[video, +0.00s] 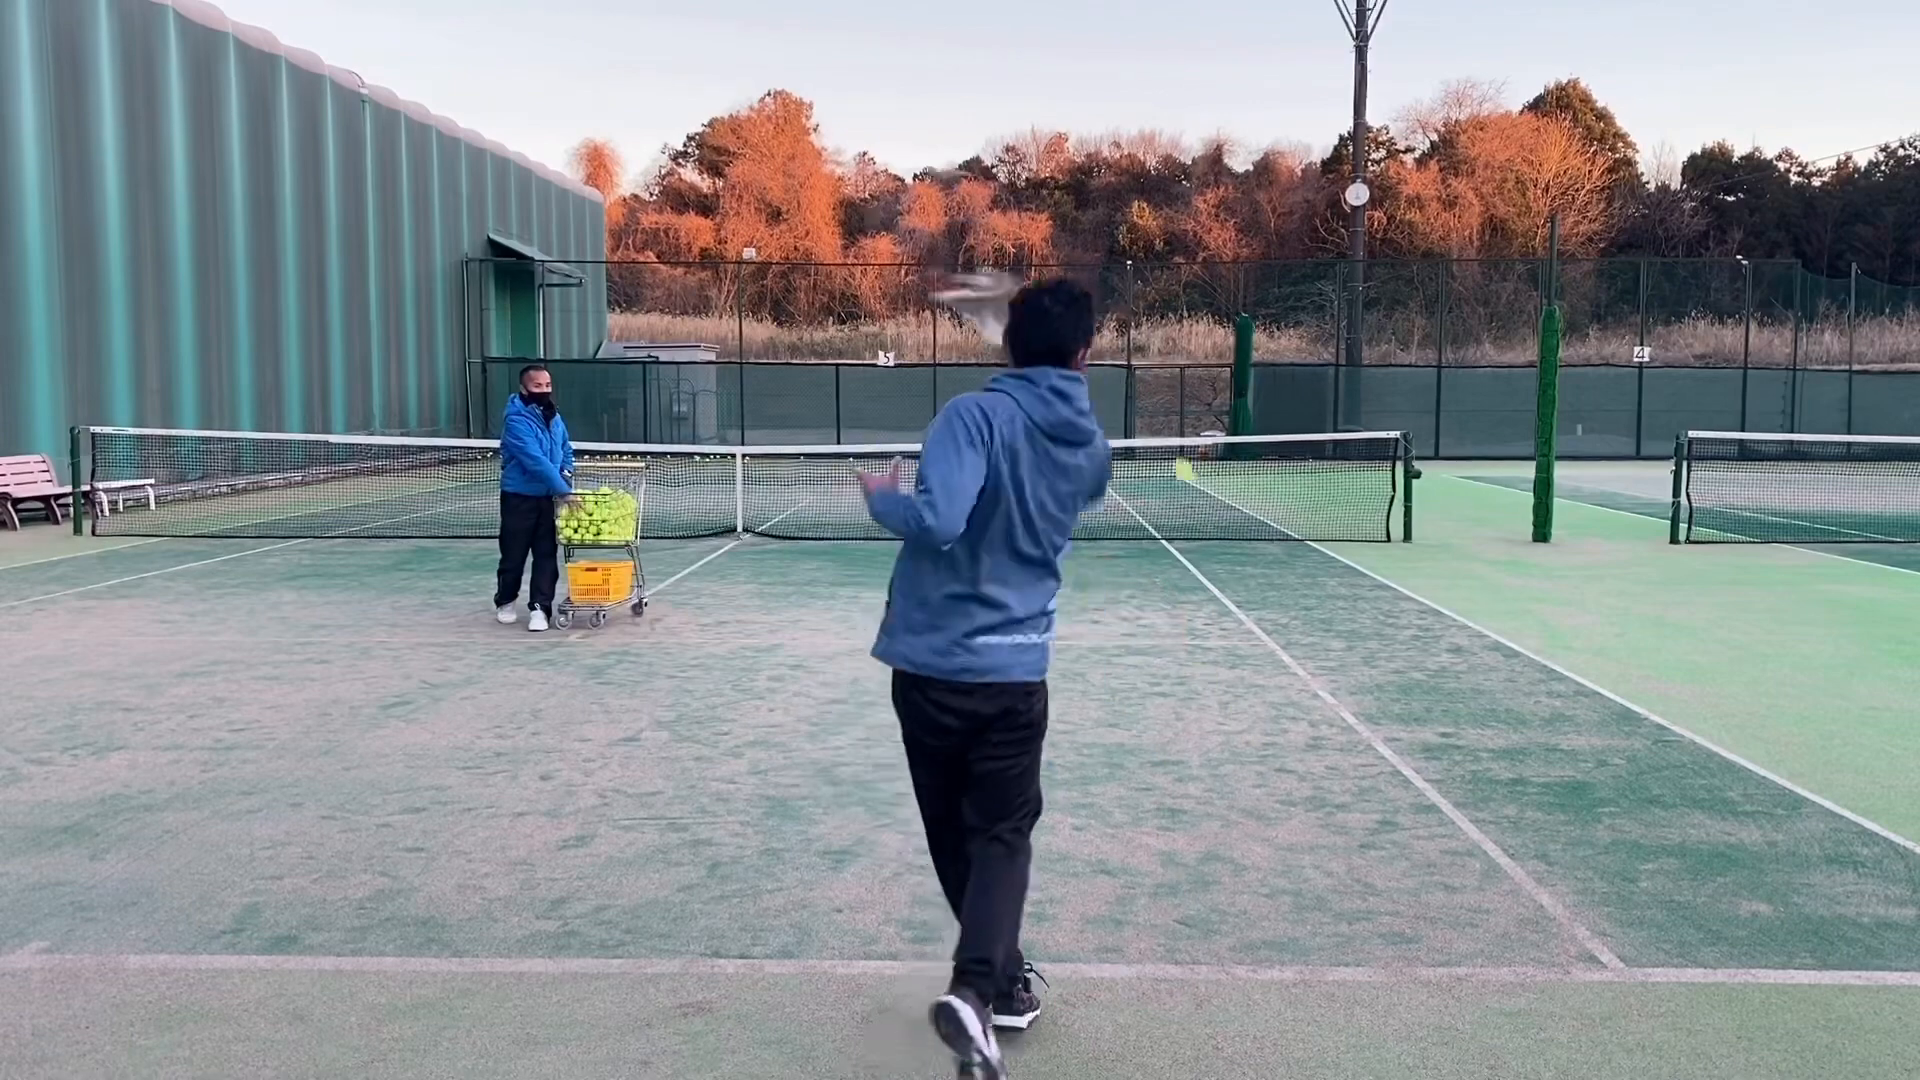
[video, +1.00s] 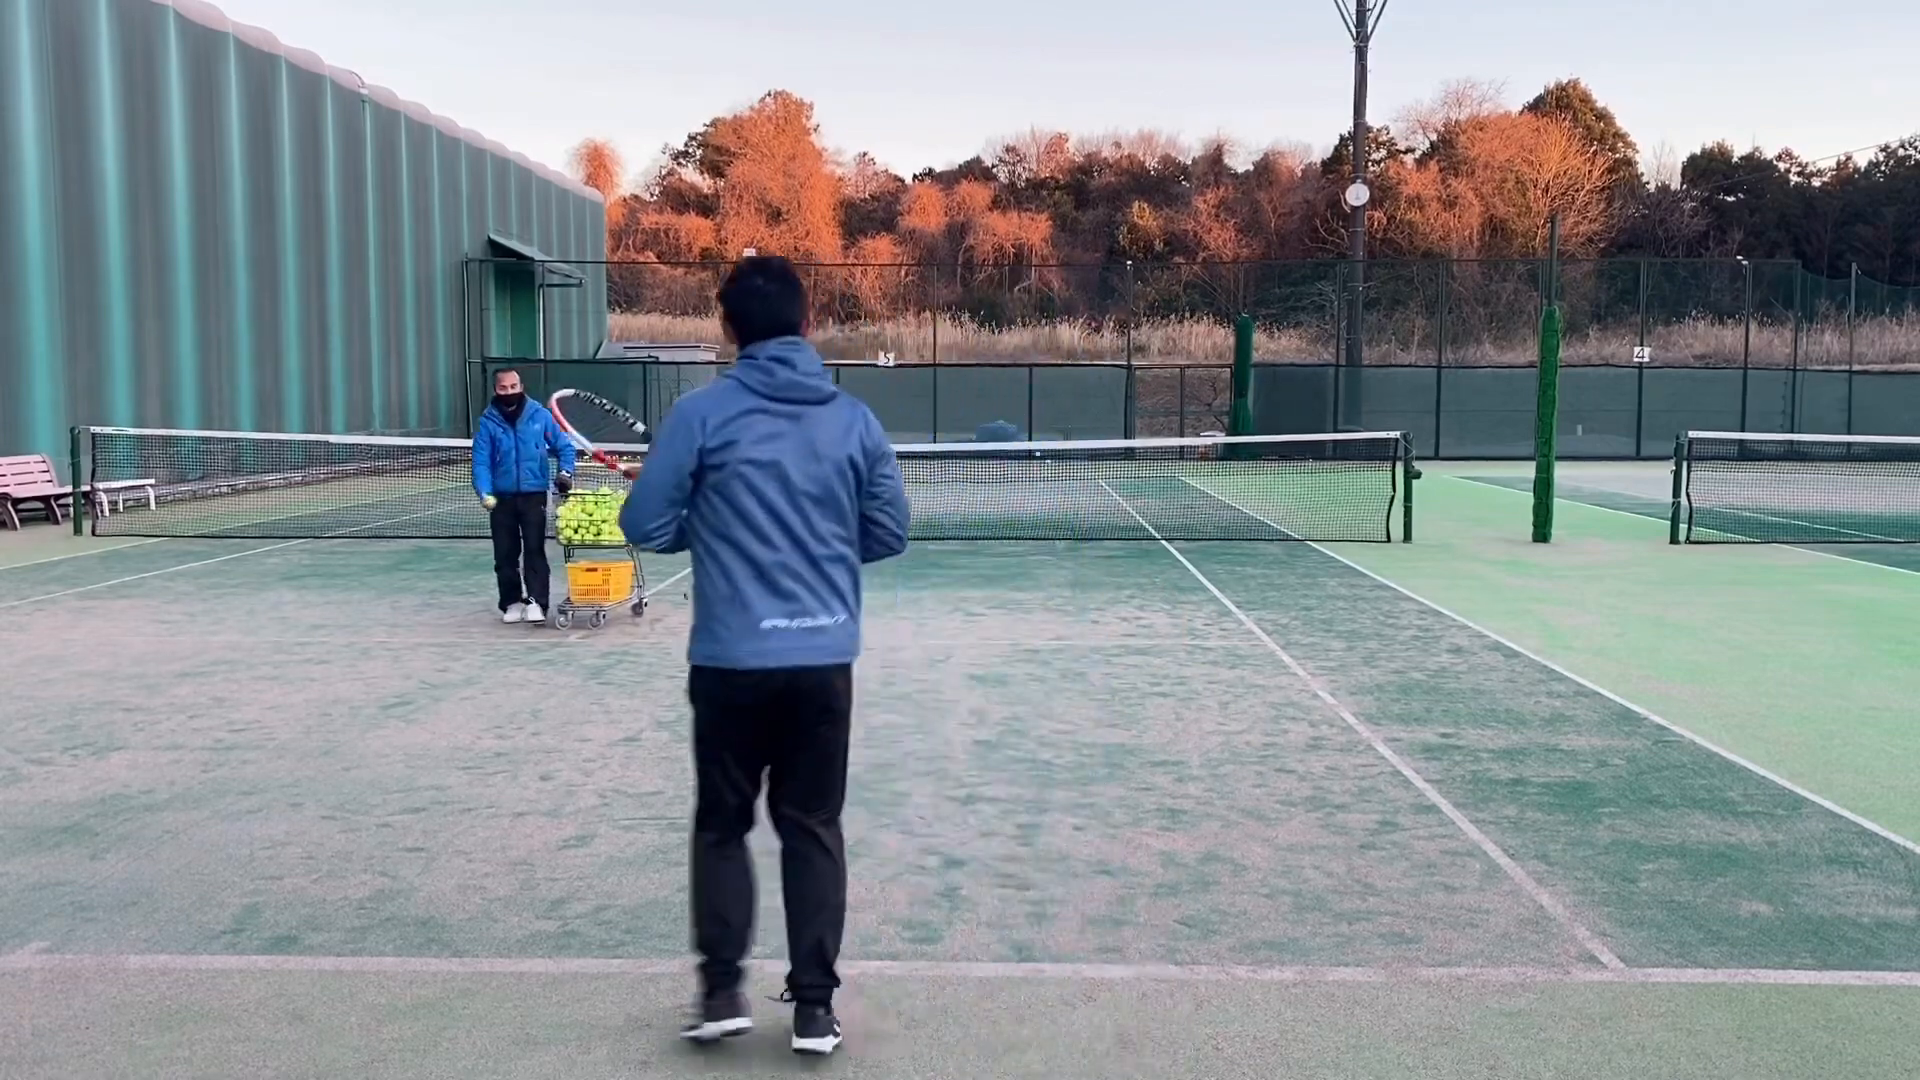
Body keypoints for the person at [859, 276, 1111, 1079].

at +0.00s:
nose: (1002, 338)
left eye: (1009, 328)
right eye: (1084, 342)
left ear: (1009, 340)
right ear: (1083, 351)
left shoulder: (970, 418)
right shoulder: (1087, 445)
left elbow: (940, 520)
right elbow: (1060, 495)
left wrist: (882, 497)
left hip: (929, 670)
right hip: (1016, 676)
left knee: (951, 833)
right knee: (1004, 832)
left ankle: (1010, 982)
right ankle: (971, 995)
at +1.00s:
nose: (722, 334)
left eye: (724, 323)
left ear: (730, 328)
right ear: (804, 323)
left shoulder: (703, 410)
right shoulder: (852, 416)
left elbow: (645, 525)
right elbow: (887, 533)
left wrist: (714, 520)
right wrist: (812, 538)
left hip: (730, 662)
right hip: (823, 662)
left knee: (721, 820)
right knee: (814, 822)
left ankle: (721, 991)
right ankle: (815, 1007)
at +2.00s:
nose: (545, 352)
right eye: (543, 342)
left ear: (455, 345)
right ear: (536, 349)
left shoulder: (401, 427)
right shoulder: (545, 445)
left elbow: (349, 536)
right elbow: (570, 576)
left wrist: (428, 559)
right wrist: (528, 604)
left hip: (399, 694)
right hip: (493, 703)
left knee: (361, 863)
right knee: (550, 861)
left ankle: (308, 1028)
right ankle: (526, 1043)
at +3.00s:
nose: (946, 435)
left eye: (948, 422)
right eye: (945, 421)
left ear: (885, 396)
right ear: (926, 417)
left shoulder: (878, 484)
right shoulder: (847, 449)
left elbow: (904, 564)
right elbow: (736, 480)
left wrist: (979, 594)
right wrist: (809, 470)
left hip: (806, 728)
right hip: (794, 733)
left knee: (870, 893)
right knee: (907, 927)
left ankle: (788, 1038)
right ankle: (872, 1072)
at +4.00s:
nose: (952, 362)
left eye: (954, 352)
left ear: (962, 360)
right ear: (1041, 354)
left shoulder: (970, 445)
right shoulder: (1056, 433)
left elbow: (974, 569)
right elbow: (995, 475)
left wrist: (914, 520)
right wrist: (916, 472)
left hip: (985, 710)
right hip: (1064, 700)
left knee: (941, 836)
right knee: (1092, 854)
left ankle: (1018, 983)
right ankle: (1158, 1021)